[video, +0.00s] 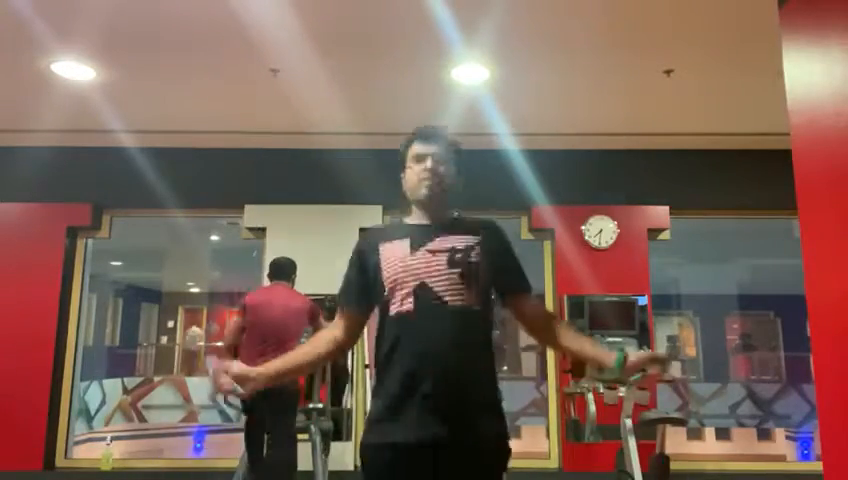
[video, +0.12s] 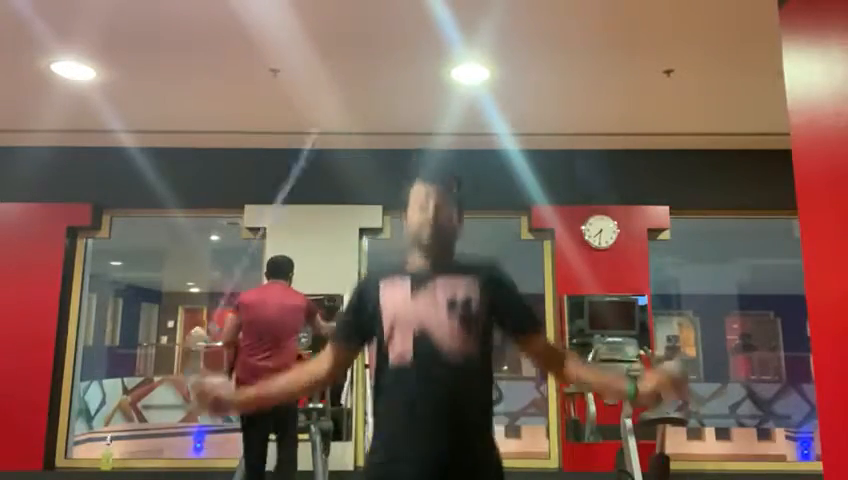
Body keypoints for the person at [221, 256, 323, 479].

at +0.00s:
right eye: (294, 277)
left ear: (268, 277)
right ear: (294, 278)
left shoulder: (251, 299)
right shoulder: (304, 303)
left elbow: (231, 339)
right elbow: (324, 336)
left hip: (253, 379)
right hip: (286, 380)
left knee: (254, 432)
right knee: (284, 437)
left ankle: (256, 473)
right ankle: (283, 475)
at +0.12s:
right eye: (290, 275)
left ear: (266, 275)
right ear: (291, 276)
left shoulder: (246, 298)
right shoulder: (301, 301)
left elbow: (228, 338)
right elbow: (322, 330)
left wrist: (229, 369)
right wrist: (337, 327)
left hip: (250, 378)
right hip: (286, 377)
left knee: (254, 444)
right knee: (287, 443)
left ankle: (254, 476)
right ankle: (285, 476)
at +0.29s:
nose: (288, 286)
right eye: (288, 282)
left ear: (264, 281)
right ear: (288, 282)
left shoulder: (245, 305)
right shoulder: (296, 306)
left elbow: (233, 341)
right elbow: (316, 345)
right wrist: (324, 337)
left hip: (248, 386)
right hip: (285, 387)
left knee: (248, 445)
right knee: (298, 418)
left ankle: (245, 476)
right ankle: (293, 469)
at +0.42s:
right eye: (292, 280)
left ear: (267, 279)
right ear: (291, 280)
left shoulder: (250, 300)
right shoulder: (299, 303)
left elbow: (244, 340)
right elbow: (311, 343)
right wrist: (315, 367)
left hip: (253, 377)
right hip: (288, 376)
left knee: (252, 436)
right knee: (296, 426)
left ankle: (245, 474)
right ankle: (295, 469)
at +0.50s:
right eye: (295, 277)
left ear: (269, 276)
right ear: (294, 277)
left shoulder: (251, 297)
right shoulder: (303, 300)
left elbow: (247, 336)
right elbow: (315, 339)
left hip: (256, 380)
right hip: (290, 379)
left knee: (255, 440)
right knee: (291, 437)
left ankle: (248, 476)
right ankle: (293, 475)